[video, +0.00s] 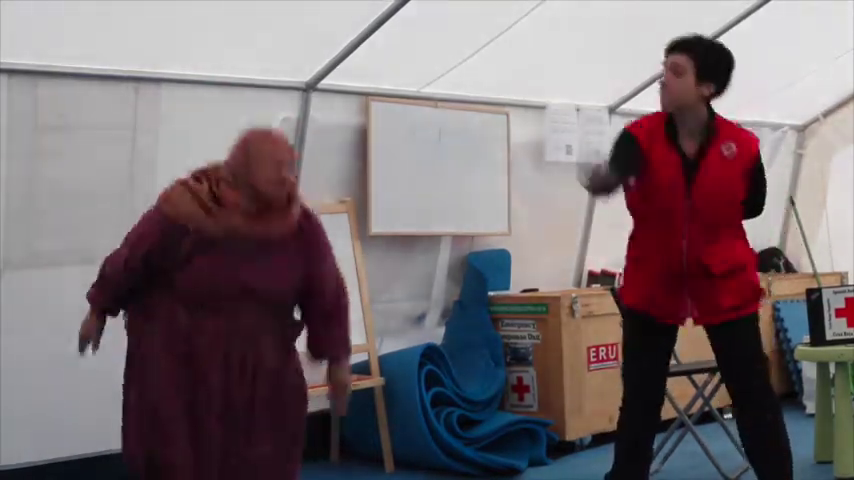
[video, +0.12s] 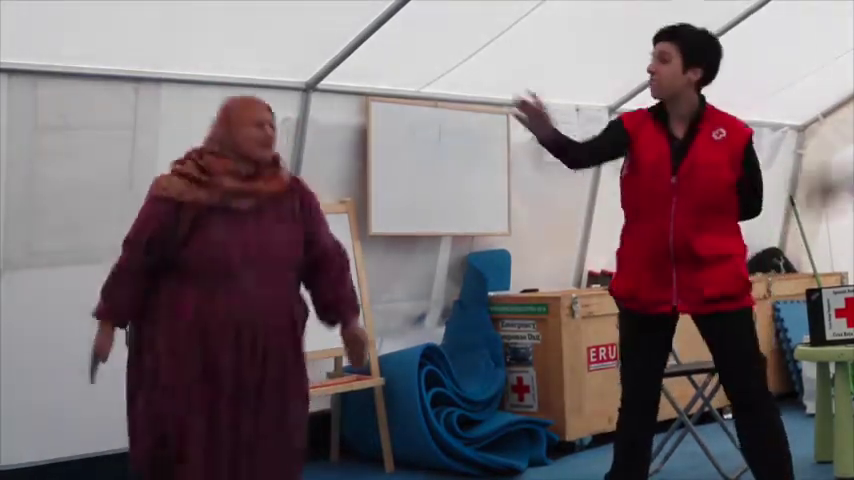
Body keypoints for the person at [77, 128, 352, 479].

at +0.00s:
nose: (287, 177)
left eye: (291, 167)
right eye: (277, 166)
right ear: (246, 165)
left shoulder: (299, 225)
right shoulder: (186, 206)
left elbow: (329, 294)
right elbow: (130, 260)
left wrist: (338, 361)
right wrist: (98, 310)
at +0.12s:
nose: (268, 133)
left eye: (272, 126)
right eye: (258, 125)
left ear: (277, 134)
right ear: (226, 132)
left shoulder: (292, 196)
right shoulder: (179, 190)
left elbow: (325, 261)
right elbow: (137, 259)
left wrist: (348, 323)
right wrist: (108, 322)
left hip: (269, 358)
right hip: (186, 358)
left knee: (266, 457)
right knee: (187, 456)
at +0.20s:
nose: (259, 121)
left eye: (261, 114)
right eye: (247, 113)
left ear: (266, 123)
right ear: (216, 121)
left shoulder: (286, 186)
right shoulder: (178, 184)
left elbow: (321, 248)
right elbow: (141, 252)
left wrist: (348, 302)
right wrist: (125, 309)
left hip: (275, 349)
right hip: (193, 350)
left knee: (270, 453)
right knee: (193, 453)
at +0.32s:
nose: (247, 118)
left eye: (249, 112)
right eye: (235, 111)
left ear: (253, 122)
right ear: (206, 119)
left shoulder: (276, 179)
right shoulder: (178, 179)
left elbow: (311, 241)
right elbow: (150, 226)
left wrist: (338, 296)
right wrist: (155, 258)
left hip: (280, 330)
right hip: (201, 333)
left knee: (278, 437)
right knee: (199, 440)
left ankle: (274, 473)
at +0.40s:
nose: (243, 118)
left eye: (245, 112)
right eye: (231, 111)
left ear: (249, 122)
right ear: (201, 119)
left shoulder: (271, 177)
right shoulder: (178, 175)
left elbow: (303, 240)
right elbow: (159, 232)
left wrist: (327, 298)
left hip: (280, 332)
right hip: (202, 337)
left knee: (282, 441)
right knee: (205, 446)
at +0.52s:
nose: (244, 117)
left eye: (244, 110)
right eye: (232, 110)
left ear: (248, 121)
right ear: (201, 120)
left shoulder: (266, 179)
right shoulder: (173, 172)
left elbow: (283, 252)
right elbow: (185, 168)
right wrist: (199, 131)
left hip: (275, 335)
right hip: (202, 335)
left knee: (277, 450)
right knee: (203, 450)